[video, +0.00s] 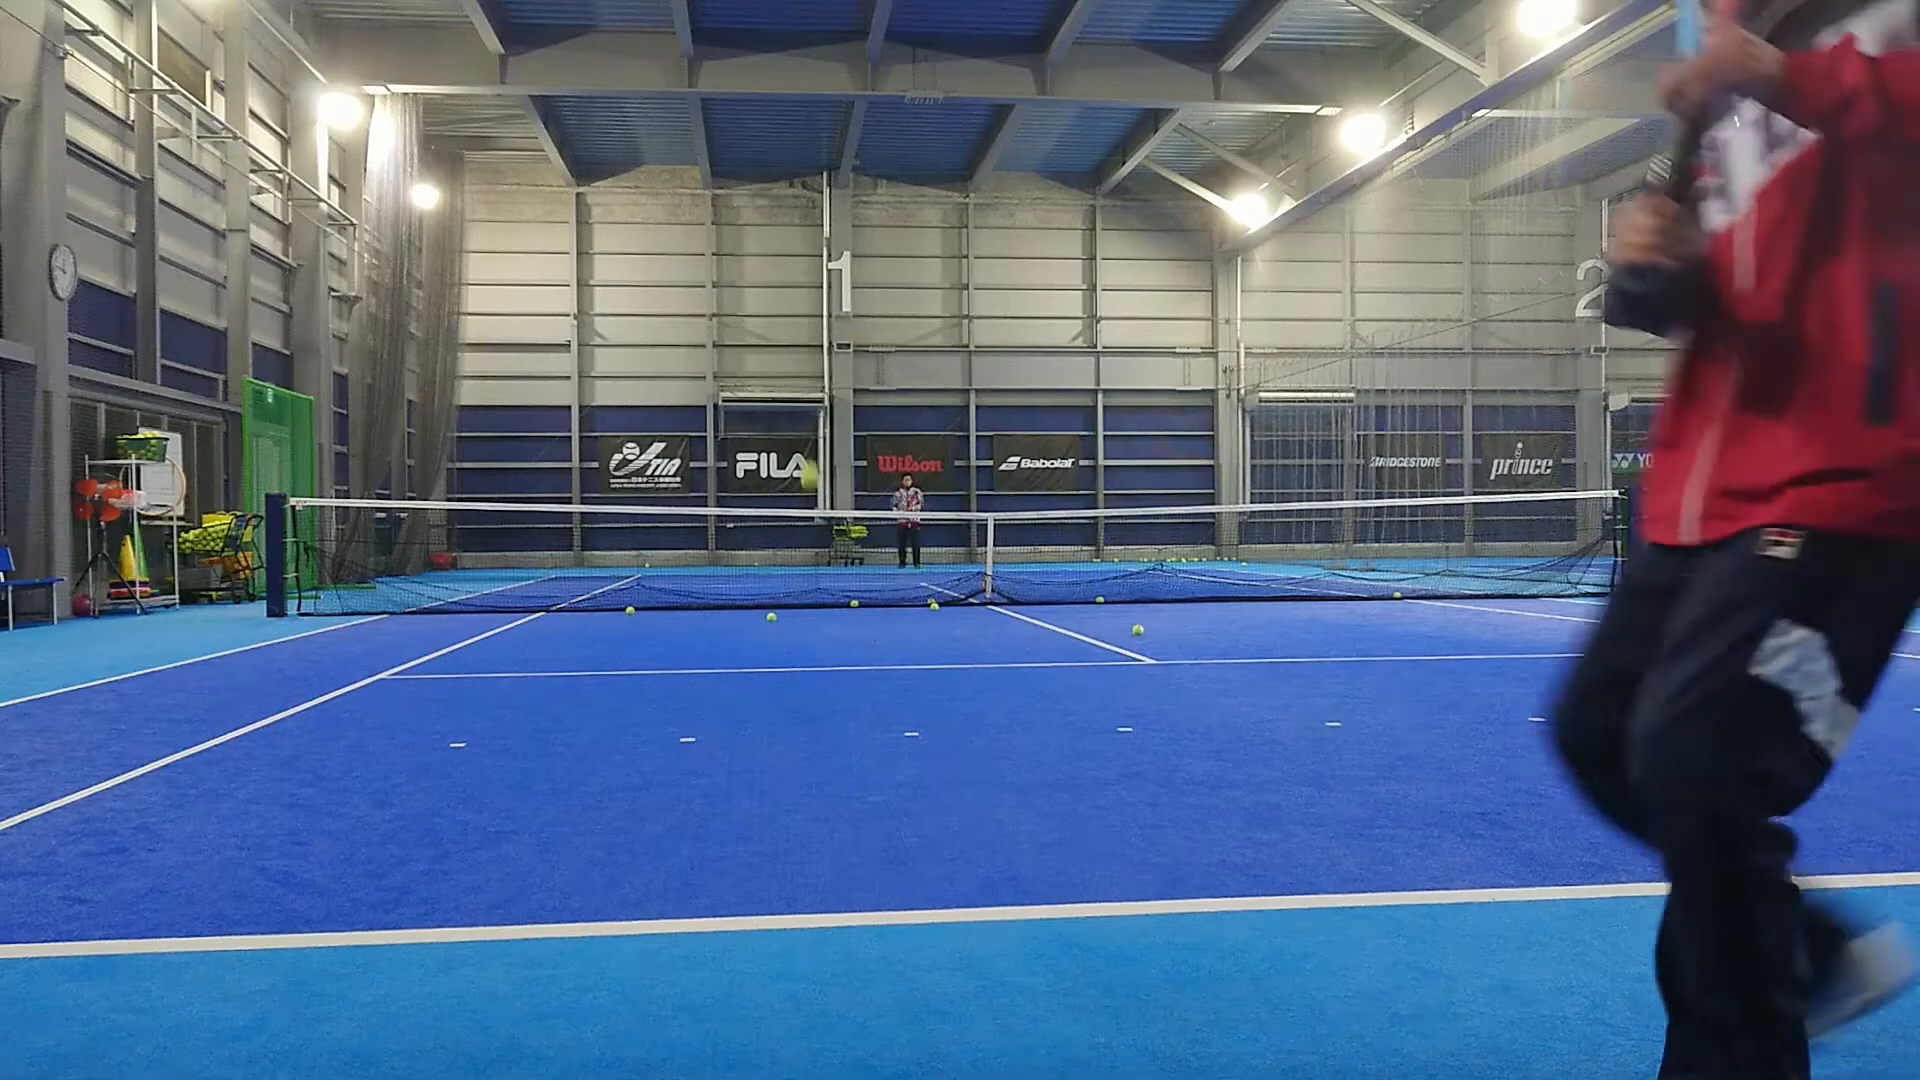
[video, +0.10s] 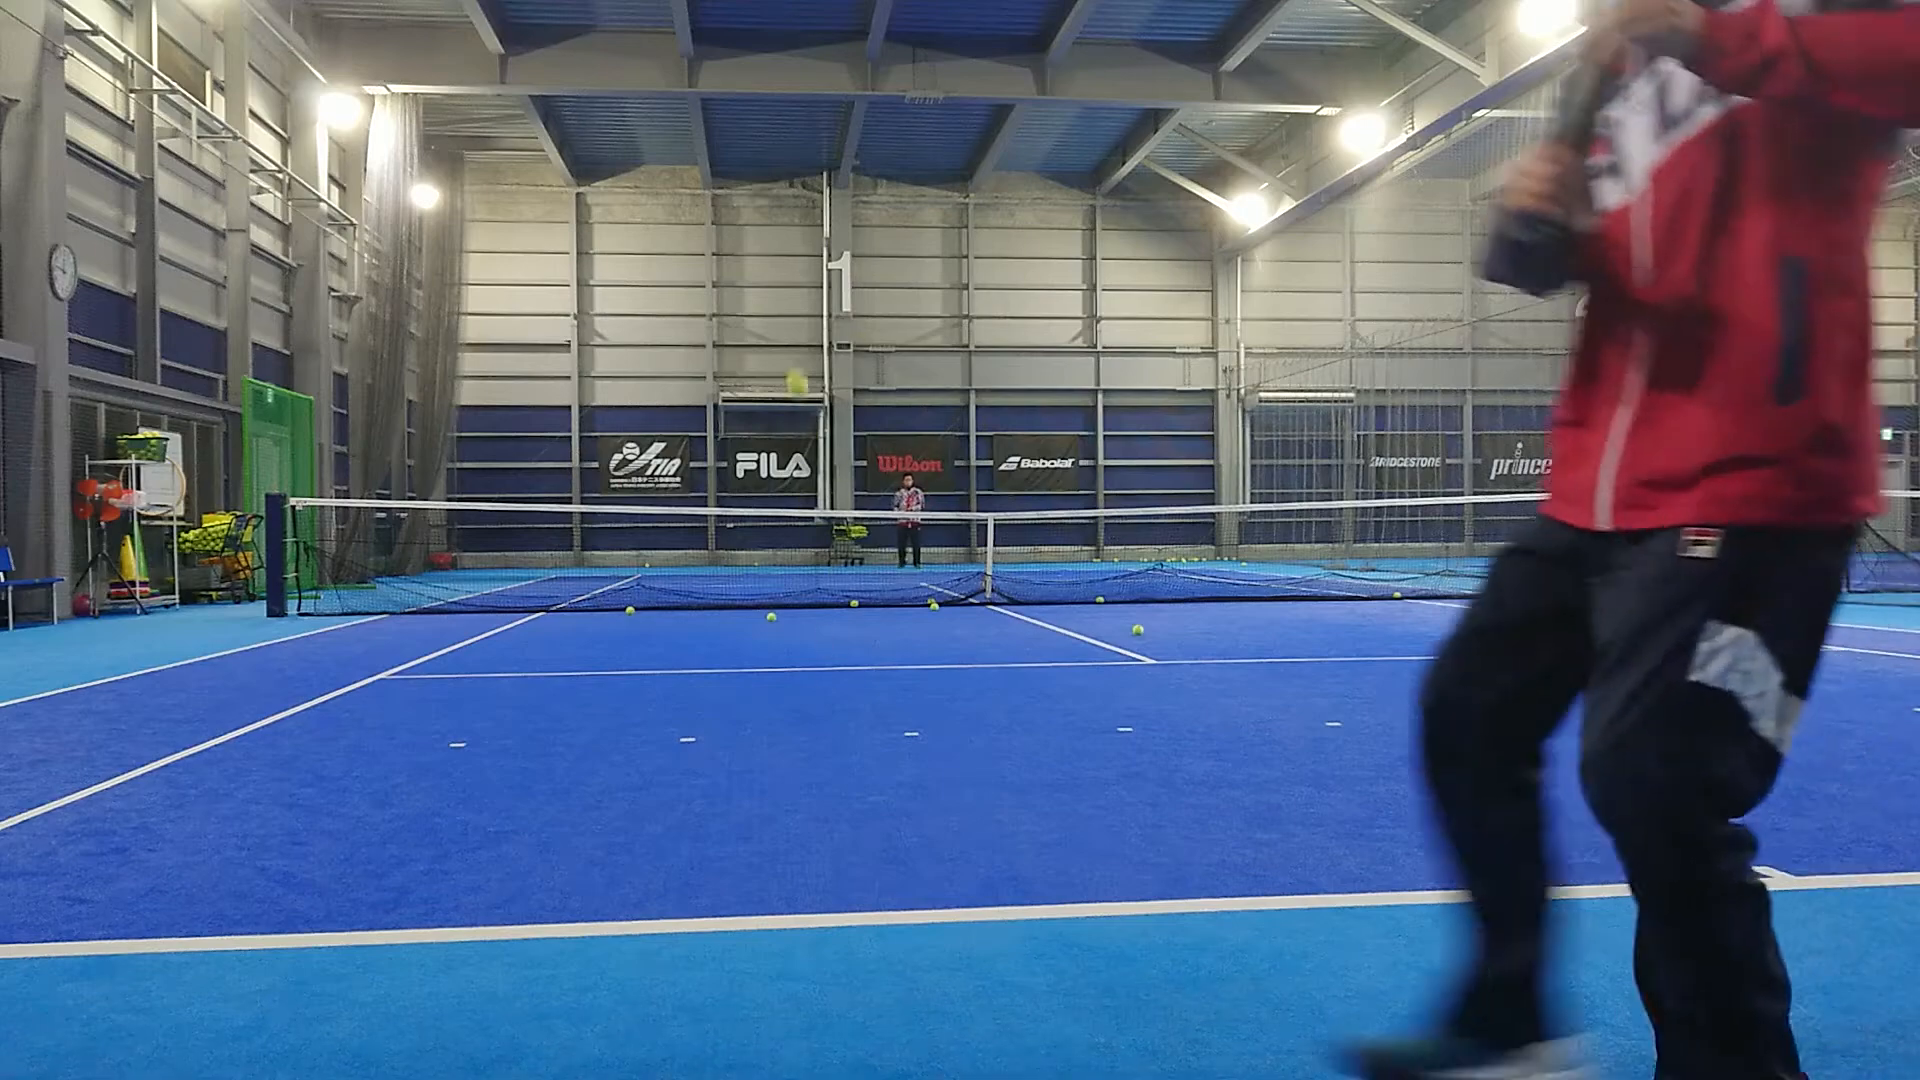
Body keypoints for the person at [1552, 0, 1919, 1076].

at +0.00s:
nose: (1725, 3)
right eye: (1718, 4)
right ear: (1721, 12)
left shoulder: (1891, 37)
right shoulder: (1730, 95)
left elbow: (1907, 108)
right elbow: (1717, 289)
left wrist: (1783, 75)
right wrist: (1659, 265)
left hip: (1857, 475)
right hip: (1710, 474)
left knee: (1697, 750)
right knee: (1600, 728)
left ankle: (1734, 1058)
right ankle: (1811, 952)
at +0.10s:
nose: (1628, 22)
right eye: (1627, 14)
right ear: (1619, 10)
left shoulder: (1821, 33)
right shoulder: (1627, 63)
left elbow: (1903, 60)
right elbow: (1567, 254)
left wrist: (1714, 33)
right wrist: (1531, 228)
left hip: (1756, 483)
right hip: (1603, 487)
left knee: (1653, 774)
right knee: (1470, 714)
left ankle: (1738, 1061)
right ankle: (1505, 1009)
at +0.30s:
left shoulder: (1607, 40)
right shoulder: (1379, 69)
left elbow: (1718, 140)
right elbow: (1289, 245)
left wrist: (1591, 144)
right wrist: (1330, 203)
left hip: (1543, 515)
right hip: (1399, 518)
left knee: (1535, 812)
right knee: (1273, 759)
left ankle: (1718, 1063)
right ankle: (1154, 1025)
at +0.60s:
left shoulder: (1191, 37)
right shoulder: (1307, 17)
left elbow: (1253, 265)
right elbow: (1224, 188)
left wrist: (1142, 440)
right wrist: (1097, 196)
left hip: (1214, 457)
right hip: (1285, 451)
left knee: (1147, 731)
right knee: (1177, 733)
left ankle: (1438, 930)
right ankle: (1125, 1017)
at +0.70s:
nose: (1045, 15)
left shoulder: (1137, 21)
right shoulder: (1244, 15)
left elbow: (1175, 243)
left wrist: (1006, 394)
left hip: (1185, 447)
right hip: (1259, 435)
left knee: (1060, 702)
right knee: (1173, 728)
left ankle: (1295, 955)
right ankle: (1122, 1021)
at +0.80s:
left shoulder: (1092, 27)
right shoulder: (1238, 11)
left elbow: (1109, 237)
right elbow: (1381, 16)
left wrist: (947, 360)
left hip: (1160, 433)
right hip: (1251, 423)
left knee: (1025, 709)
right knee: (1156, 724)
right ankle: (1136, 1005)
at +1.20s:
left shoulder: (1066, 14)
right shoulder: (1345, 9)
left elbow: (975, 189)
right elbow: (1531, 71)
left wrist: (885, 336)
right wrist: (1729, 103)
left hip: (1143, 446)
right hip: (1330, 439)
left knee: (1082, 764)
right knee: (1327, 720)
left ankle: (1030, 1061)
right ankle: (1396, 1029)